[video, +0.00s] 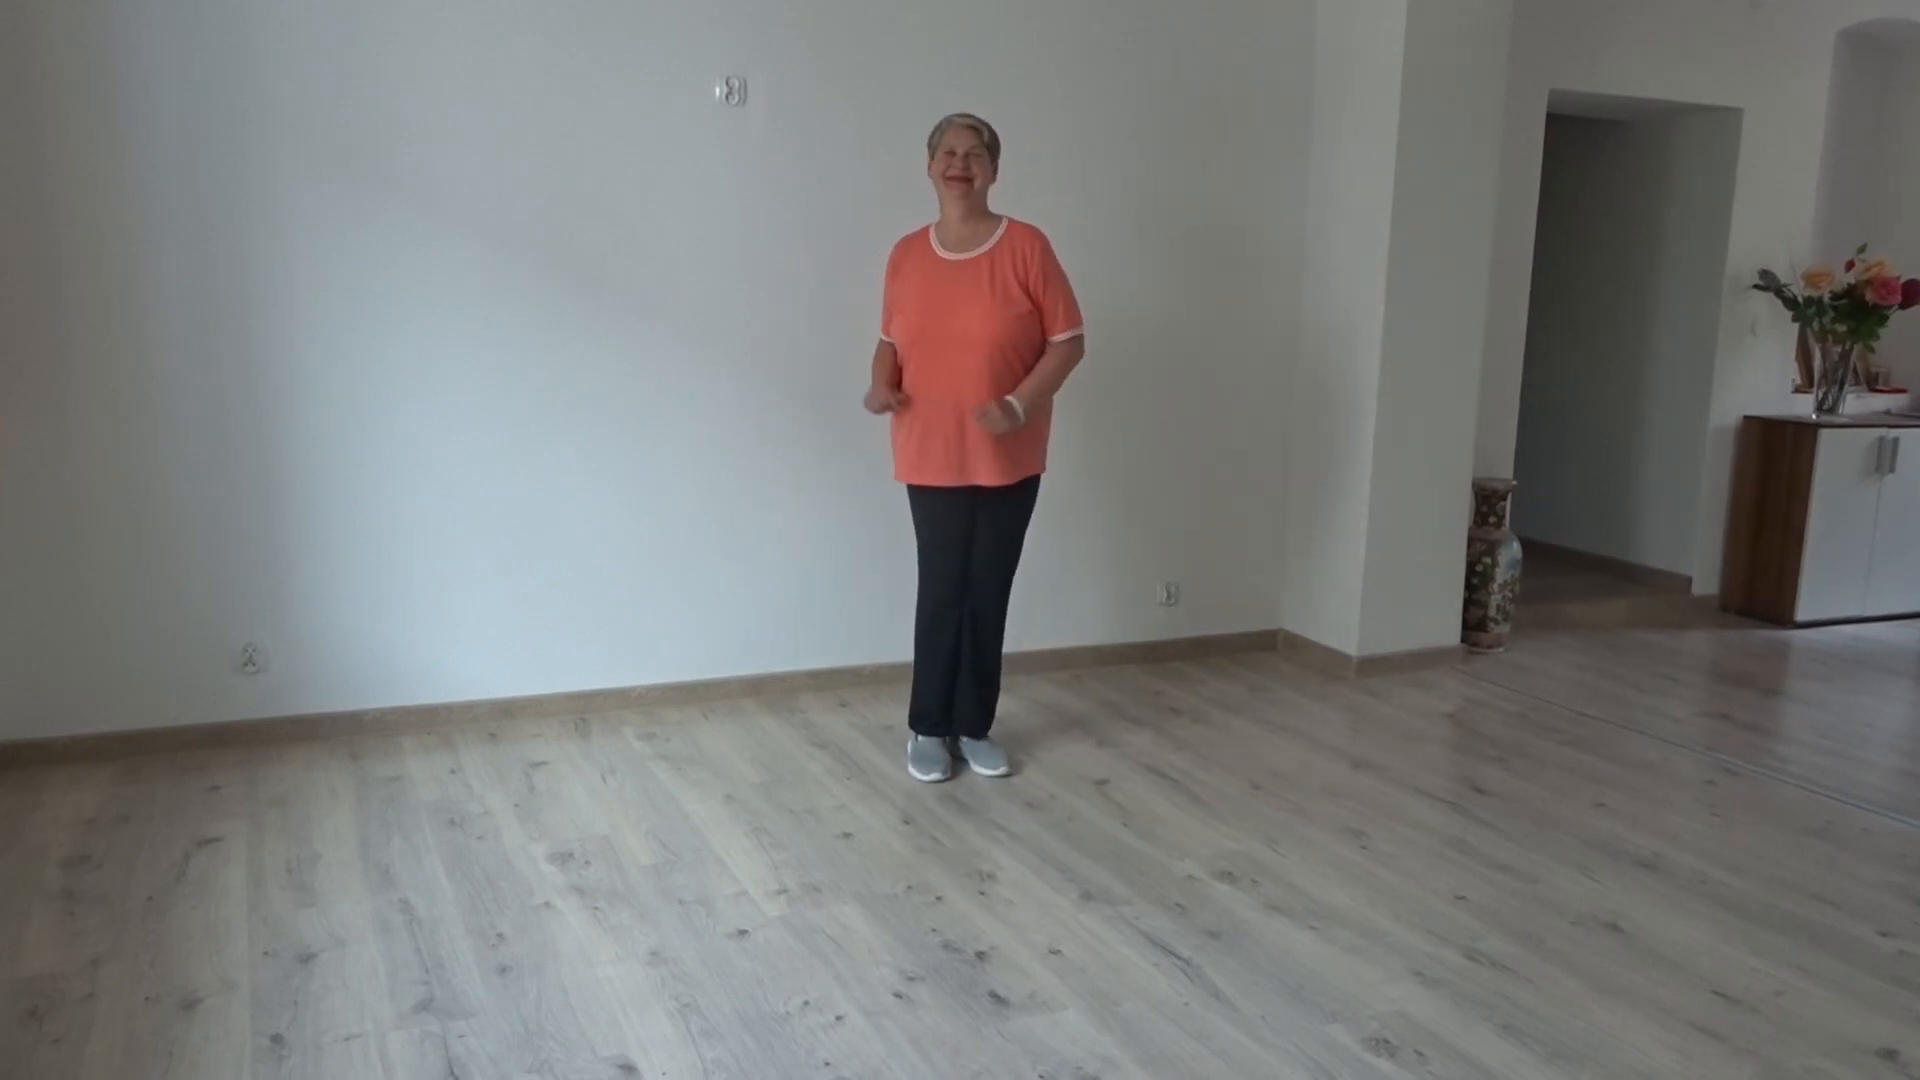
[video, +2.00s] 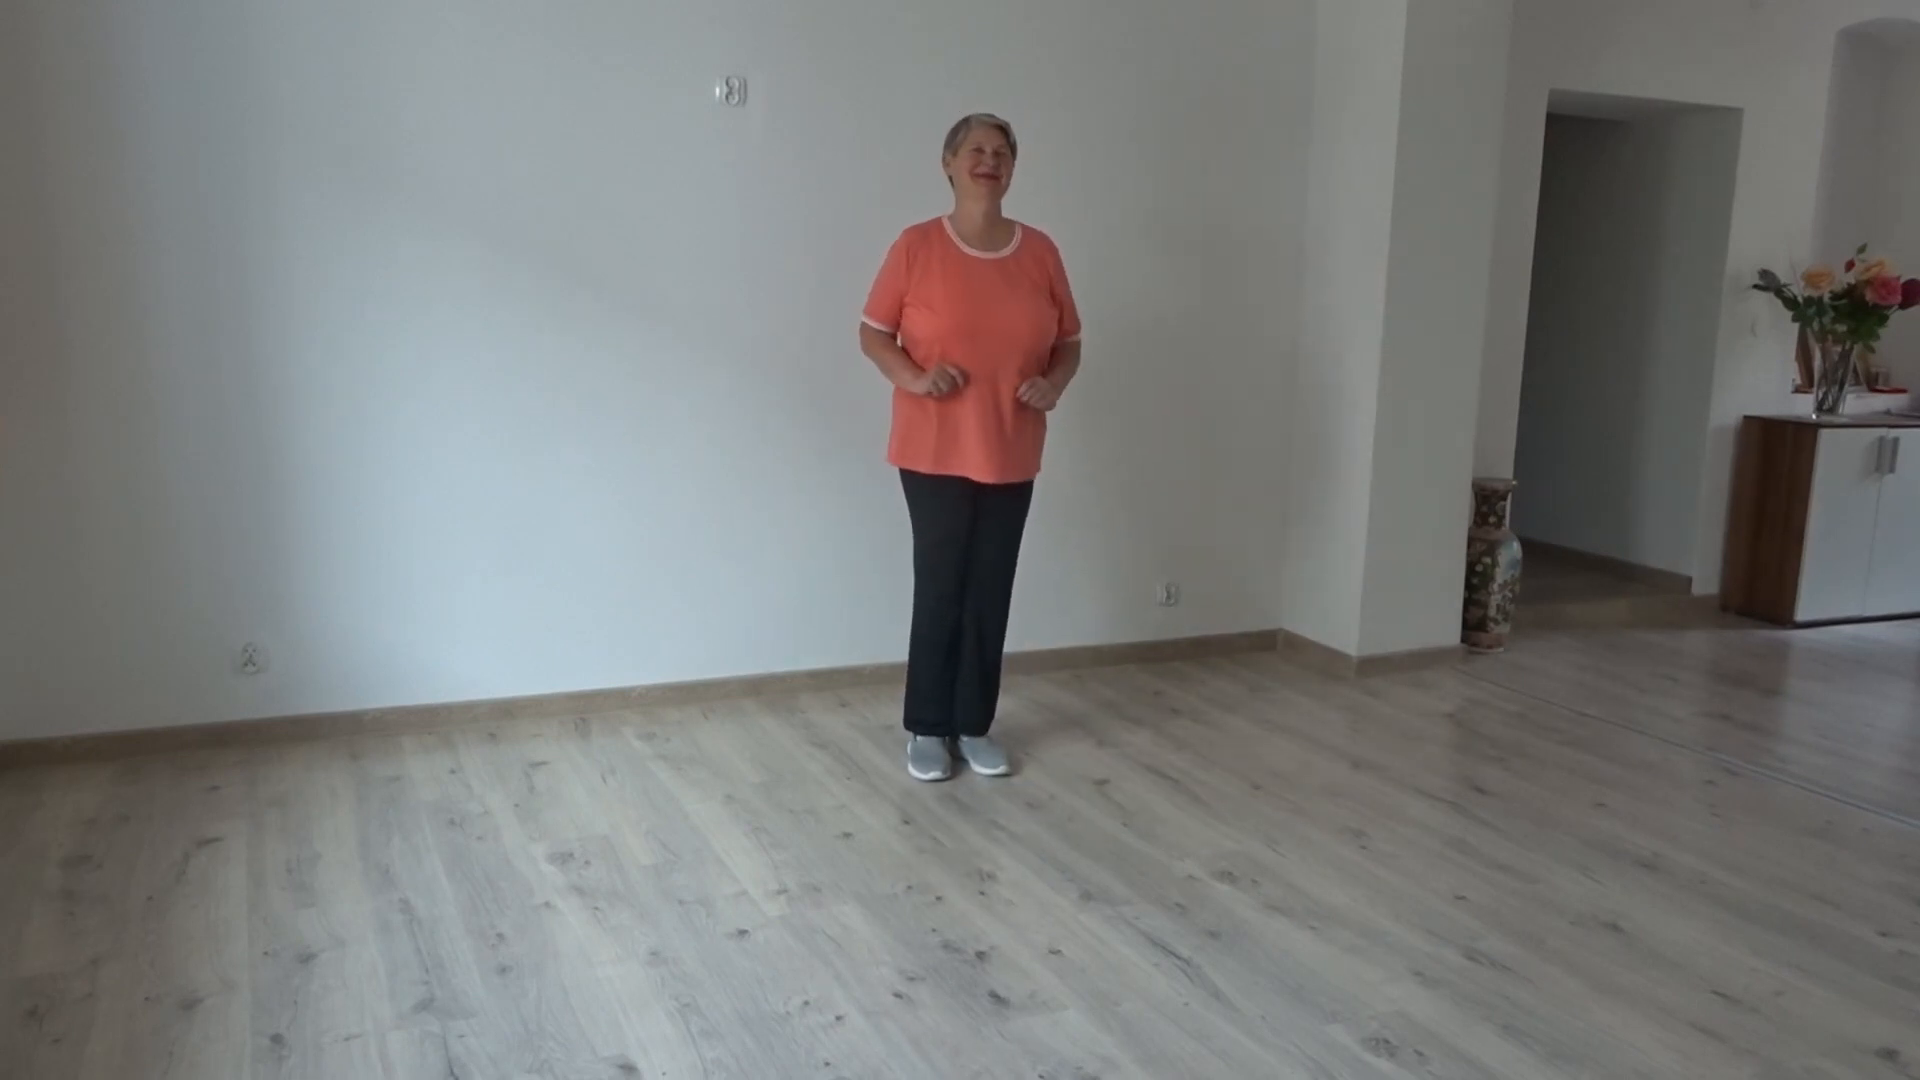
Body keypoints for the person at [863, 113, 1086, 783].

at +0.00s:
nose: (960, 163)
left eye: (973, 154)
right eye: (948, 153)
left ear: (994, 170)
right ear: (930, 168)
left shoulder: (1026, 246)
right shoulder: (907, 253)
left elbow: (1070, 340)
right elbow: (890, 340)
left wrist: (1022, 401)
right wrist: (882, 386)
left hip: (1007, 458)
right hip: (931, 458)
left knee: (987, 599)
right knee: (940, 596)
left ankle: (973, 730)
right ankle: (928, 731)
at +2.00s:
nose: (989, 160)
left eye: (1000, 152)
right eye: (976, 150)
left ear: (1013, 171)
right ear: (948, 165)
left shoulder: (1039, 251)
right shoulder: (916, 246)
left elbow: (1069, 338)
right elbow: (874, 333)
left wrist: (1054, 381)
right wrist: (914, 377)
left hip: (1009, 457)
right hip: (935, 455)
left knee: (989, 598)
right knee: (941, 594)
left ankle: (972, 729)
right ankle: (926, 730)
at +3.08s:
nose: (968, 167)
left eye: (979, 155)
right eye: (954, 157)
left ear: (999, 166)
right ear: (936, 169)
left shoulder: (1027, 252)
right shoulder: (907, 245)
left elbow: (1055, 341)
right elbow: (859, 330)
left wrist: (1044, 377)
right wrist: (911, 374)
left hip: (1003, 460)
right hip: (931, 459)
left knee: (985, 600)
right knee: (938, 599)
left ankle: (972, 730)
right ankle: (927, 732)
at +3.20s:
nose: (971, 168)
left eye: (983, 156)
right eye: (957, 159)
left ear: (1004, 166)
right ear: (940, 171)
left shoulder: (1028, 253)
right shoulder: (913, 243)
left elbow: (1047, 340)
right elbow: (864, 329)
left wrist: (1046, 377)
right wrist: (929, 374)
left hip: (1004, 459)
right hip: (933, 457)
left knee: (985, 600)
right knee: (939, 598)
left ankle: (970, 730)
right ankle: (925, 733)